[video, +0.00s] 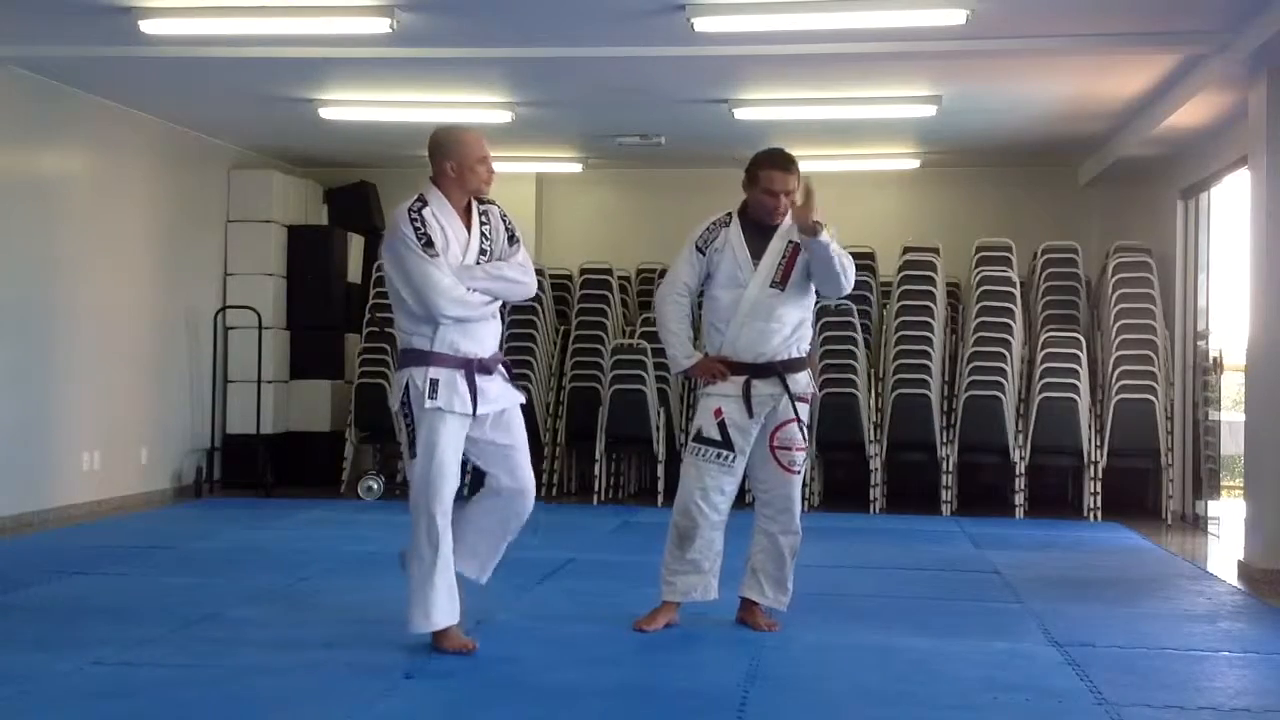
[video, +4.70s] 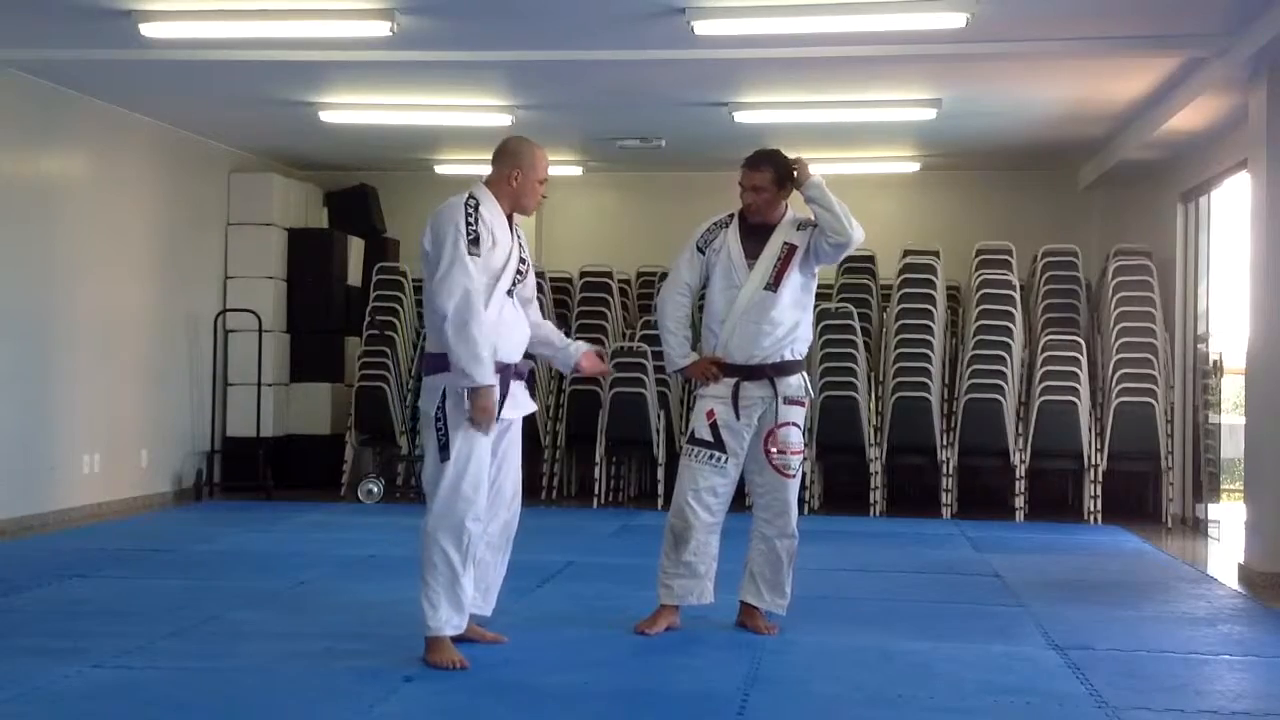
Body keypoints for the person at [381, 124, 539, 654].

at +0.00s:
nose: (492, 170)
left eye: (491, 161)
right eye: (482, 163)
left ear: (465, 168)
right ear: (450, 169)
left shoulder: (494, 218)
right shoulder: (409, 222)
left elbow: (528, 283)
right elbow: (443, 300)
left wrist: (458, 275)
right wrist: (496, 298)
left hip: (489, 375)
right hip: (433, 376)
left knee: (516, 487)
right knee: (436, 498)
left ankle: (433, 558)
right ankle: (439, 621)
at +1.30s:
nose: (440, 165)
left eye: (437, 156)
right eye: (431, 158)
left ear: (405, 166)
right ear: (400, 167)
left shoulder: (418, 216)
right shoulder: (383, 218)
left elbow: (463, 275)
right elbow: (434, 293)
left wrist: (471, 258)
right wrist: (471, 295)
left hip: (444, 375)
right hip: (416, 378)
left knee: (432, 498)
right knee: (438, 503)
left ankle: (350, 583)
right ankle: (445, 629)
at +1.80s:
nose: (413, 166)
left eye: (411, 157)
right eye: (402, 157)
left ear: (379, 167)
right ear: (370, 166)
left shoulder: (400, 223)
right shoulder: (339, 214)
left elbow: (449, 272)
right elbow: (387, 282)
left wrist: (391, 269)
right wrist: (422, 294)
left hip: (388, 375)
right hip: (350, 373)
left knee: (349, 490)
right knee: (390, 489)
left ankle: (310, 607)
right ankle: (407, 619)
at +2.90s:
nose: (433, 159)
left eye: (431, 150)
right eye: (423, 151)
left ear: (399, 156)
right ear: (391, 157)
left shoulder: (421, 212)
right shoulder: (360, 213)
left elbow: (455, 275)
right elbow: (402, 303)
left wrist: (406, 273)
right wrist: (438, 284)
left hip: (406, 375)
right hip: (360, 376)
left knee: (423, 490)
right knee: (363, 502)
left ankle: (374, 602)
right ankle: (348, 635)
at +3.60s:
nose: (502, 180)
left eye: (502, 170)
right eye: (497, 170)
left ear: (472, 171)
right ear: (466, 171)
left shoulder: (489, 224)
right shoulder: (416, 221)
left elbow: (525, 288)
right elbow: (451, 300)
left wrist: (465, 276)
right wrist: (499, 300)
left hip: (484, 375)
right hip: (432, 372)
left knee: (485, 494)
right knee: (432, 485)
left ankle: (455, 614)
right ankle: (378, 619)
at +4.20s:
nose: (537, 191)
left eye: (539, 181)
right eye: (534, 180)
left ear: (509, 174)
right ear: (505, 174)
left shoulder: (512, 232)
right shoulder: (452, 215)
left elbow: (549, 305)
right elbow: (483, 299)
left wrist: (541, 289)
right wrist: (526, 308)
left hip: (499, 388)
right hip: (454, 386)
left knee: (497, 507)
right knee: (453, 508)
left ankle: (466, 617)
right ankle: (439, 633)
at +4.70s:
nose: (545, 191)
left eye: (546, 181)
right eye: (541, 180)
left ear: (514, 176)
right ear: (513, 176)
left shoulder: (514, 236)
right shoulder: (462, 215)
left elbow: (524, 318)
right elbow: (456, 303)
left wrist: (573, 355)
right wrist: (480, 381)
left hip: (506, 385)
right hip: (460, 382)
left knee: (497, 506)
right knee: (455, 508)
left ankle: (466, 617)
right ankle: (439, 632)